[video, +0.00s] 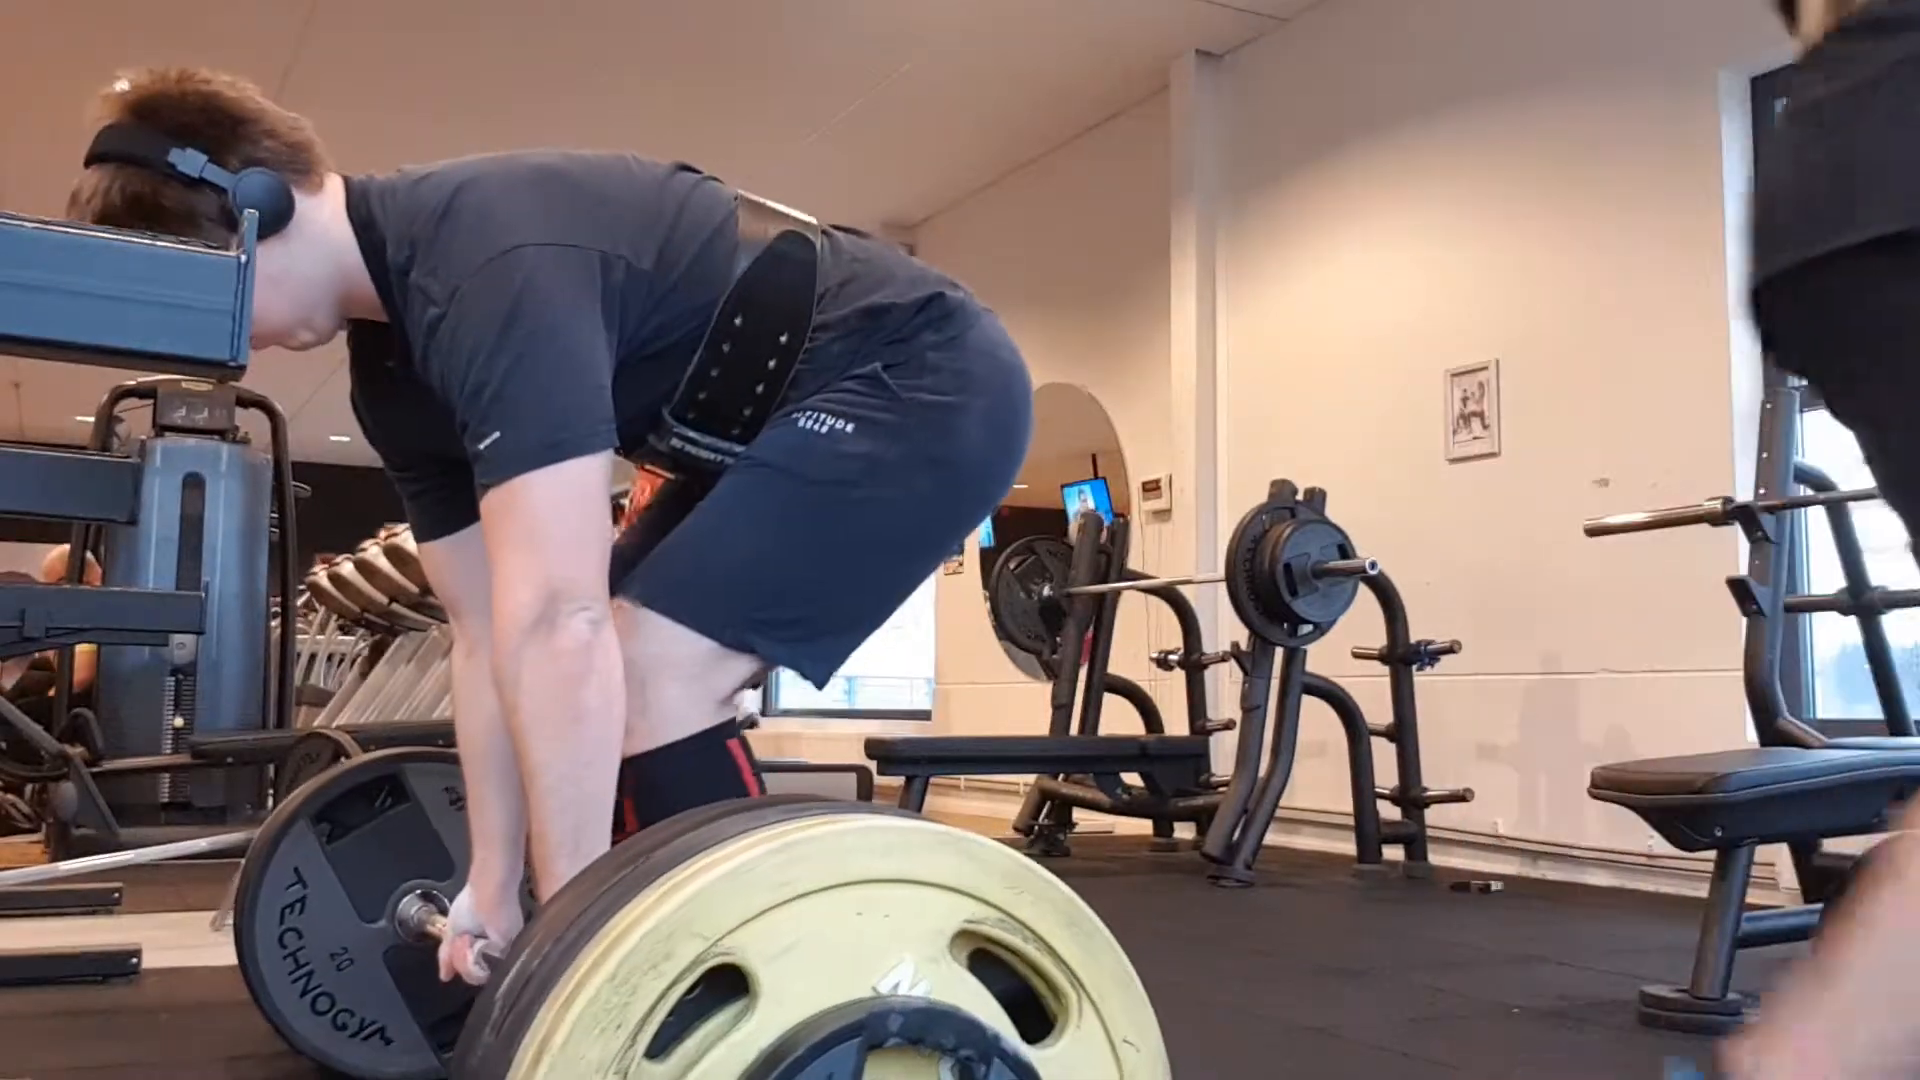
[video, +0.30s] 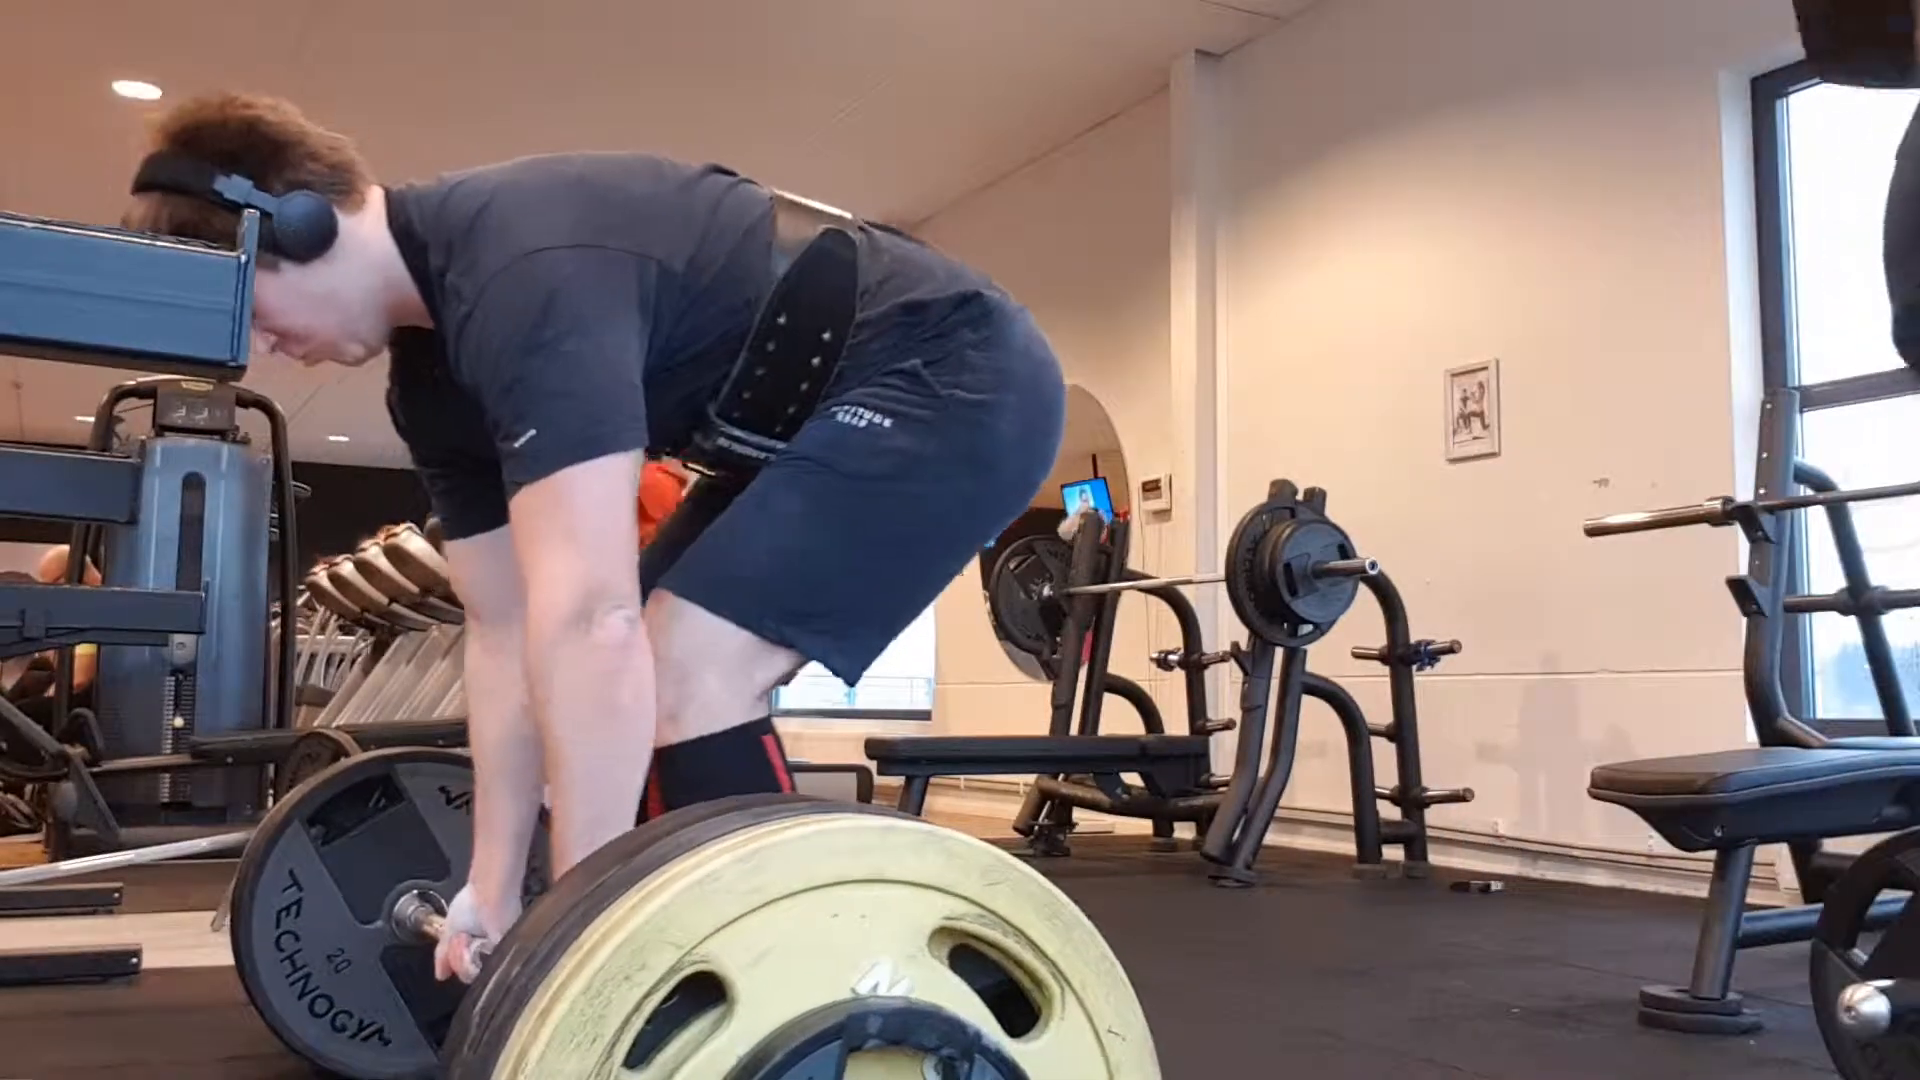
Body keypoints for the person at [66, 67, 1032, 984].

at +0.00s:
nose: (236, 337)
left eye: (216, 290)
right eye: (206, 311)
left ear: (252, 207)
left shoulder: (497, 259)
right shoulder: (391, 363)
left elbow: (562, 625)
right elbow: (483, 632)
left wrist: (578, 934)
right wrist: (494, 888)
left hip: (906, 369)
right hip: (799, 411)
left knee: (651, 684)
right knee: (610, 677)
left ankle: (751, 1009)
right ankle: (714, 1010)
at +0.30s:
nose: (263, 346)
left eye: (244, 304)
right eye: (235, 326)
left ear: (288, 227)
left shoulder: (533, 268)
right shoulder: (432, 370)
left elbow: (596, 623)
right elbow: (504, 631)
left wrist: (589, 932)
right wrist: (491, 889)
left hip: (940, 367)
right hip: (829, 411)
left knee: (693, 676)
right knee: (646, 671)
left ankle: (783, 1007)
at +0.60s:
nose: (288, 340)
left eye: (272, 297)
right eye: (260, 324)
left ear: (317, 218)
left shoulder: (537, 290)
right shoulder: (440, 383)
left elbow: (624, 625)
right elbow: (528, 634)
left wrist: (630, 929)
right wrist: (524, 880)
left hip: (934, 461)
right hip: (820, 488)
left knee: (617, 707)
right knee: (546, 696)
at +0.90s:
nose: (271, 296)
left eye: (258, 247)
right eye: (245, 268)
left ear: (331, 167)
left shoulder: (543, 275)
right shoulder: (439, 365)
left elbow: (635, 600)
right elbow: (540, 611)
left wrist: (648, 908)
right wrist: (542, 861)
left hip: (913, 470)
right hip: (807, 498)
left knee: (574, 695)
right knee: (501, 692)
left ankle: (705, 986)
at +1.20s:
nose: (264, 215)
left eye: (260, 172)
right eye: (243, 192)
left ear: (339, 106)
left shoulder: (550, 234)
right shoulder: (445, 334)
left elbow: (653, 568)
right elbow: (547, 581)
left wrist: (668, 890)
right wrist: (553, 849)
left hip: (917, 416)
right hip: (814, 448)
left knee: (611, 676)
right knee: (539, 676)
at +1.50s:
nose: (276, 68)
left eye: (289, 23)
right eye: (268, 37)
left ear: (405, 2)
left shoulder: (581, 116)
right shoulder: (470, 221)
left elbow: (667, 446)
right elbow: (549, 483)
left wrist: (670, 756)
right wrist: (561, 735)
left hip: (915, 364)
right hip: (787, 403)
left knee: (722, 694)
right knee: (592, 645)